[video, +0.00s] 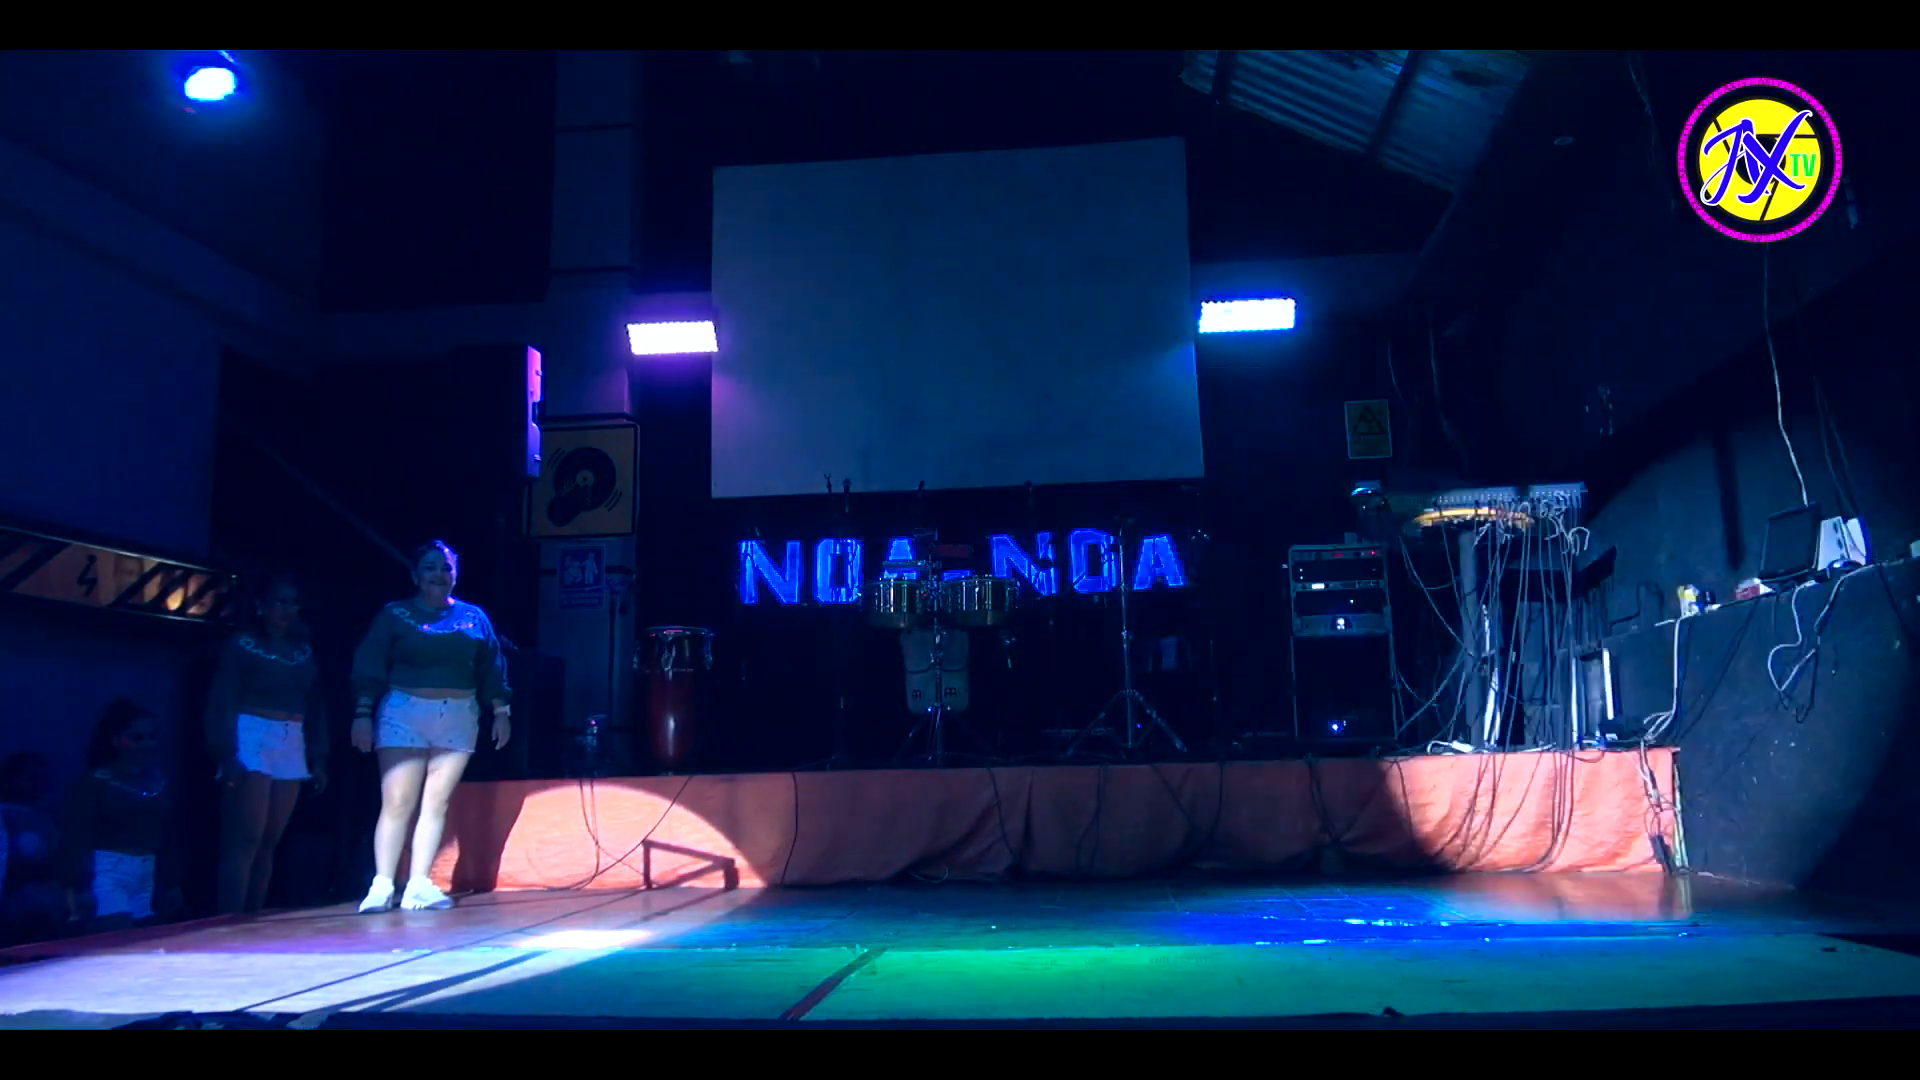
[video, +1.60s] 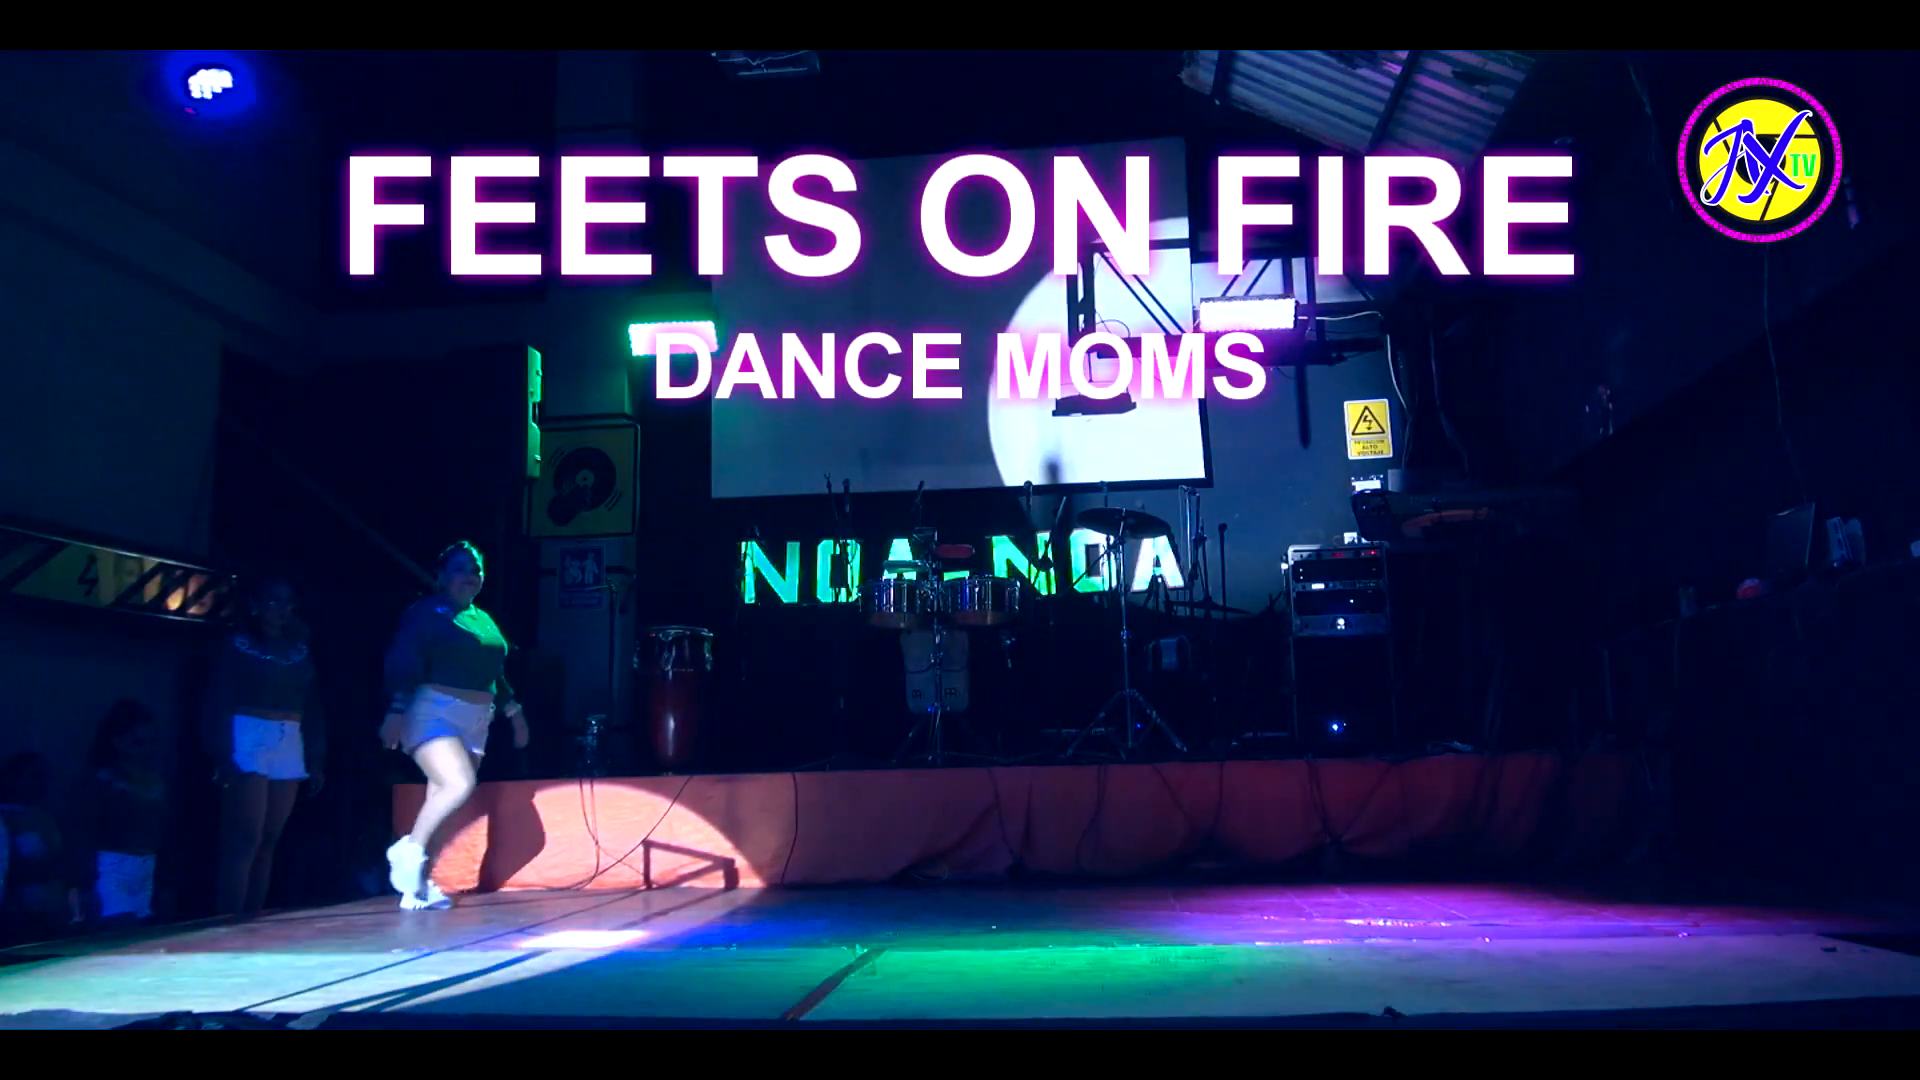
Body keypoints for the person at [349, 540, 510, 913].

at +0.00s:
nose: (438, 575)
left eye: (445, 569)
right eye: (430, 569)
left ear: (455, 575)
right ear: (417, 575)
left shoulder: (473, 618)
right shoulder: (396, 616)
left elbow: (492, 668)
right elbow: (370, 664)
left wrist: (501, 711)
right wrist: (363, 714)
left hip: (458, 716)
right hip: (403, 713)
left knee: (436, 803)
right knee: (397, 804)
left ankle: (418, 884)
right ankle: (383, 884)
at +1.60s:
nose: (469, 578)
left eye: (475, 572)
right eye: (460, 570)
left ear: (482, 579)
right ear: (443, 574)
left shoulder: (484, 620)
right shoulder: (426, 615)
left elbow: (494, 675)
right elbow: (403, 662)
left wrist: (514, 711)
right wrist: (396, 710)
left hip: (474, 722)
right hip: (430, 713)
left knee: (441, 803)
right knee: (458, 783)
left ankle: (419, 884)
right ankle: (411, 850)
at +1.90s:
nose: (483, 576)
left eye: (489, 570)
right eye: (474, 569)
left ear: (495, 574)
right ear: (456, 572)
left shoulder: (509, 616)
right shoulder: (437, 612)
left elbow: (542, 654)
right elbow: (395, 652)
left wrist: (576, 671)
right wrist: (368, 701)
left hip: (485, 721)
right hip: (443, 712)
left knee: (438, 804)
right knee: (469, 793)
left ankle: (412, 882)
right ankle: (486, 881)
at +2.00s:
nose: (489, 575)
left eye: (495, 569)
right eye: (481, 567)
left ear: (502, 574)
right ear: (462, 570)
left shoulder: (517, 614)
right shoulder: (440, 613)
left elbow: (553, 650)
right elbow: (402, 657)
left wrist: (588, 674)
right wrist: (376, 706)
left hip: (497, 719)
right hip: (449, 711)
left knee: (458, 803)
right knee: (476, 792)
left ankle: (418, 878)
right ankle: (490, 881)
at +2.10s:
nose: (498, 574)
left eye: (504, 567)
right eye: (491, 566)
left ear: (509, 573)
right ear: (469, 567)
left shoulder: (524, 612)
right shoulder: (442, 614)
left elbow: (560, 650)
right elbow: (410, 658)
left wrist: (591, 685)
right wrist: (393, 708)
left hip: (510, 713)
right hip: (457, 711)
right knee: (482, 794)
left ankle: (454, 855)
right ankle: (492, 883)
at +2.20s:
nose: (511, 572)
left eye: (515, 566)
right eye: (503, 564)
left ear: (519, 573)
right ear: (480, 566)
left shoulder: (531, 615)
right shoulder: (449, 615)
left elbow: (562, 660)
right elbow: (421, 664)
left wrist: (586, 696)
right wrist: (416, 709)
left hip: (520, 713)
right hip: (464, 714)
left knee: (546, 788)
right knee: (487, 795)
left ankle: (510, 841)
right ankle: (493, 882)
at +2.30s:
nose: (522, 567)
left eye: (527, 561)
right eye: (515, 558)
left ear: (530, 569)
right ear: (490, 560)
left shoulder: (539, 610)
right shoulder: (456, 609)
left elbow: (563, 658)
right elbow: (425, 656)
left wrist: (575, 701)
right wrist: (437, 683)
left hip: (530, 707)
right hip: (473, 709)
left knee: (547, 783)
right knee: (490, 795)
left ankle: (536, 864)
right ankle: (494, 882)